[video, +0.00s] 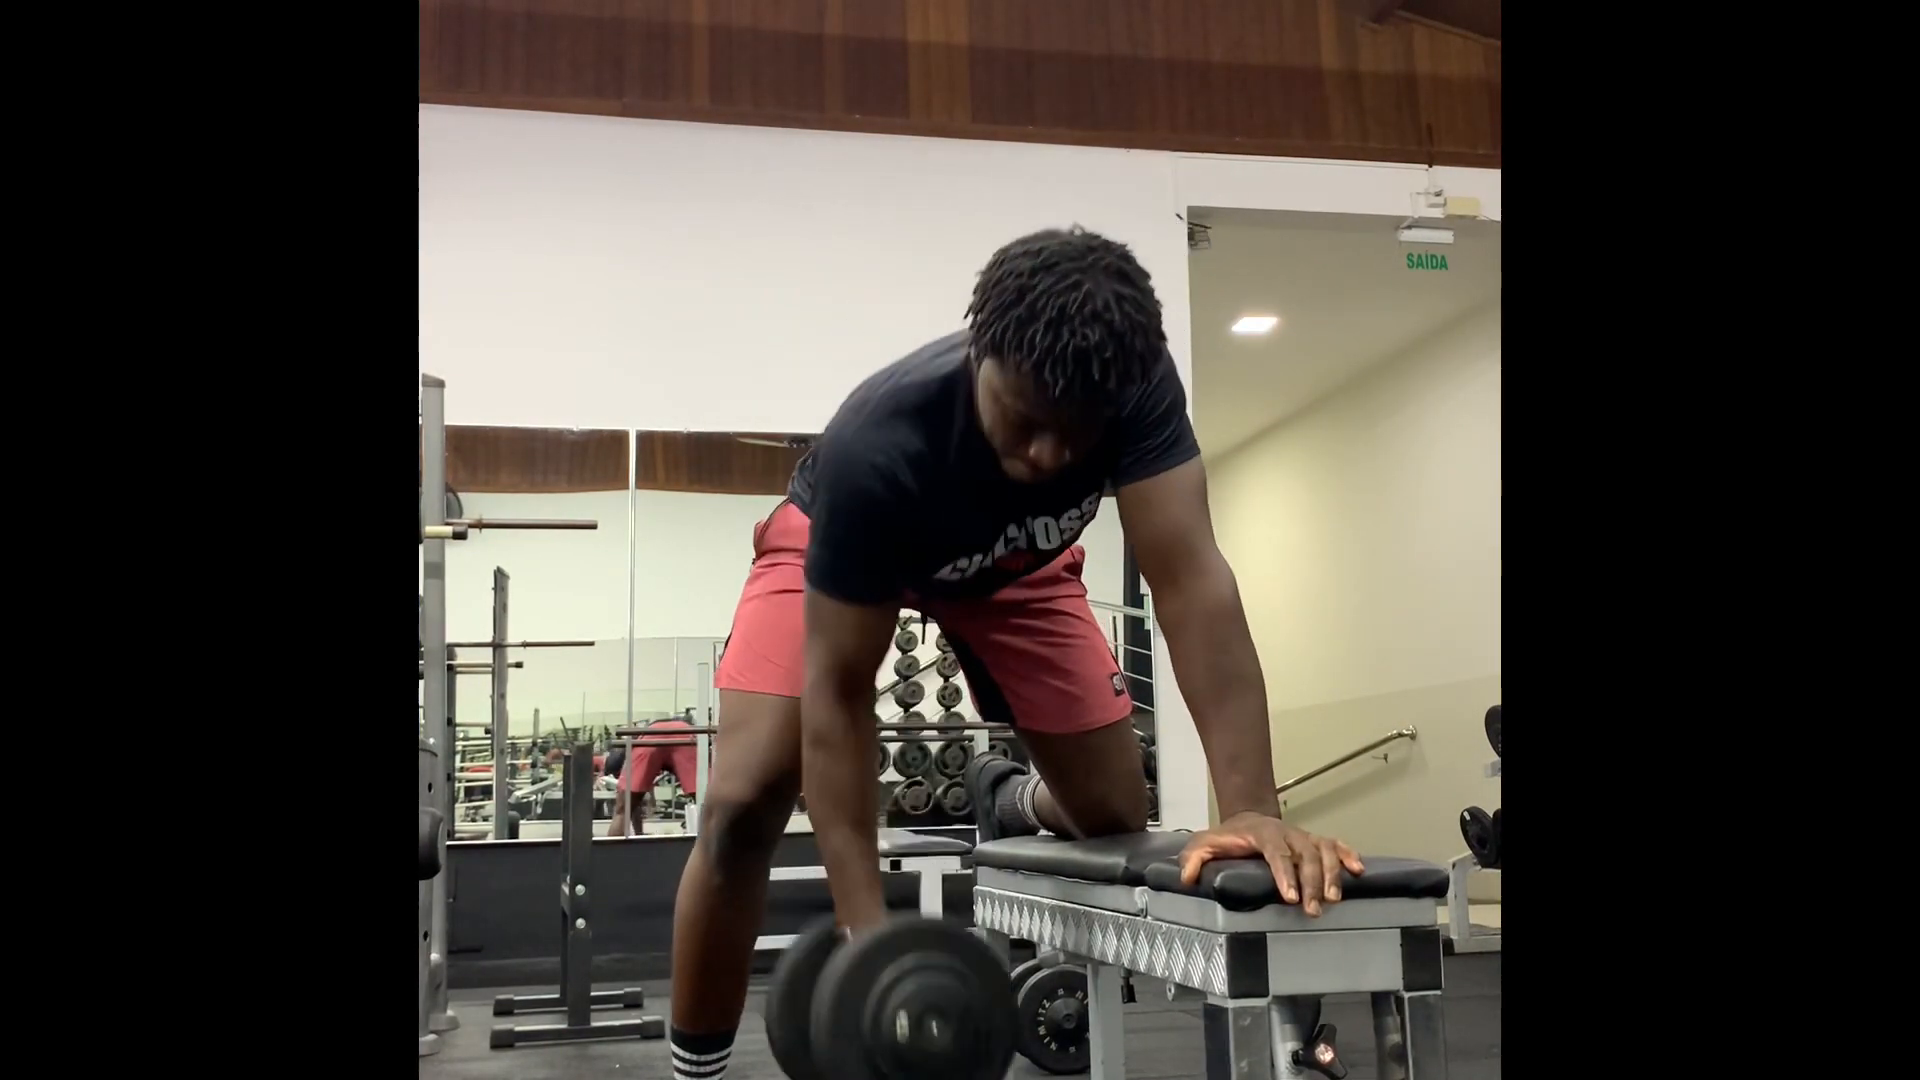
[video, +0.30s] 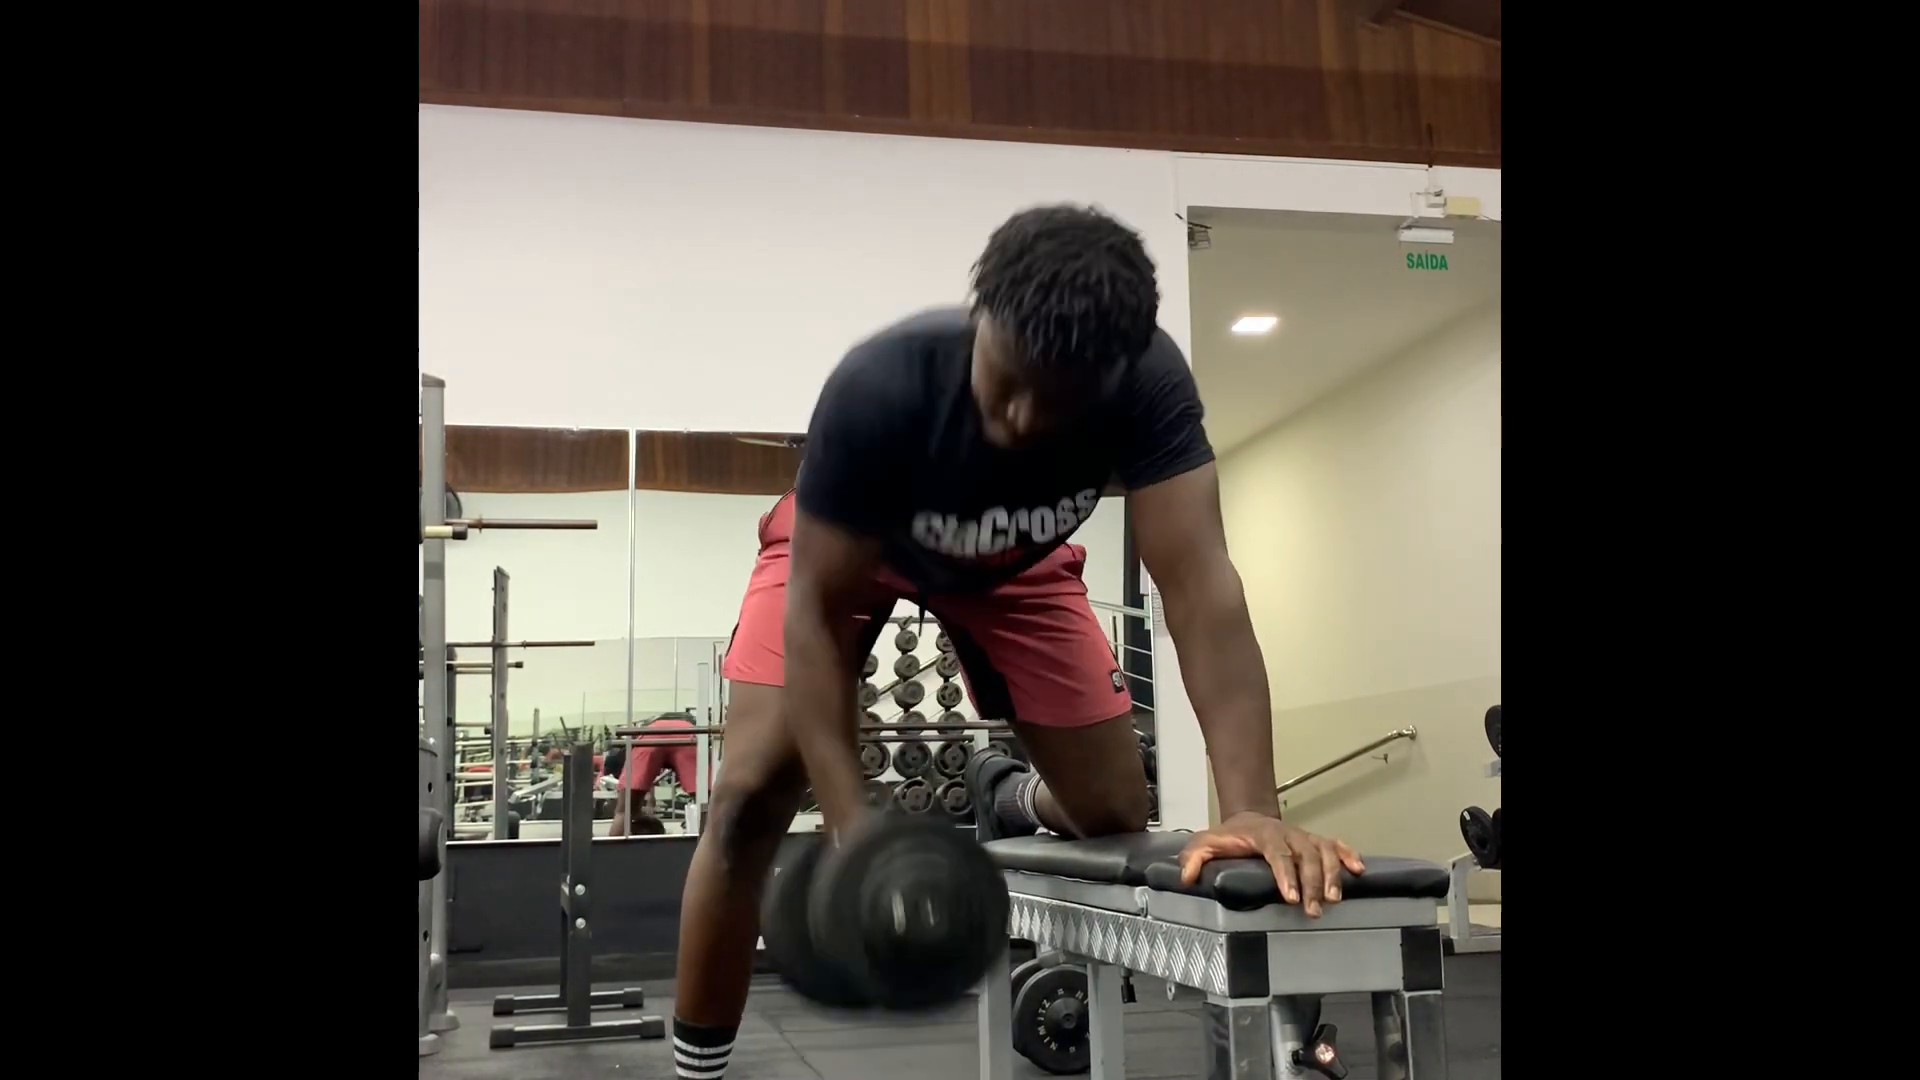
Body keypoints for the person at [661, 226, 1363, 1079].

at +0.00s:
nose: (1047, 454)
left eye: (1077, 430)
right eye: (1023, 422)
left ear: (1123, 390)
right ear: (980, 361)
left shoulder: (1136, 386)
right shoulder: (882, 454)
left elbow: (1189, 573)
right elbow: (838, 699)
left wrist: (1252, 806)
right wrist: (870, 949)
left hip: (1020, 561)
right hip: (842, 552)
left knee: (1119, 817)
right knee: (741, 807)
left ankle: (1016, 800)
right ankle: (696, 1075)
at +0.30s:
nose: (1021, 417)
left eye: (1053, 398)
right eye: (1006, 383)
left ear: (1108, 366)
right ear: (980, 322)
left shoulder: (1145, 382)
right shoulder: (880, 388)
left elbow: (1202, 590)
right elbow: (812, 609)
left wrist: (1251, 805)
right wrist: (851, 830)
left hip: (1020, 563)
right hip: (847, 546)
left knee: (1117, 815)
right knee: (749, 795)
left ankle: (1009, 799)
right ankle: (697, 1070)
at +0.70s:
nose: (1056, 388)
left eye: (1091, 367)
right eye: (1038, 353)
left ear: (1139, 334)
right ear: (1004, 289)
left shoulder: (1163, 373)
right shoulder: (897, 339)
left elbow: (1203, 574)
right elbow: (799, 515)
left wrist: (1252, 804)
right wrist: (838, 724)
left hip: (1027, 566)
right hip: (857, 540)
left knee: (1121, 815)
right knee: (749, 801)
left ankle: (995, 796)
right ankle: (696, 1074)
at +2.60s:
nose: (1048, 526)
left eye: (1065, 498)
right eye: (1013, 503)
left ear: (1088, 449)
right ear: (953, 457)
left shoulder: (1096, 404)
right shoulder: (867, 528)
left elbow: (1182, 588)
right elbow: (872, 802)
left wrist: (1252, 807)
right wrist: (876, 1053)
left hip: (1012, 557)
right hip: (833, 541)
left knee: (1121, 812)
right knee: (730, 797)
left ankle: (993, 801)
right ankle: (693, 1075)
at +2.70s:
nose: (1046, 538)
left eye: (1061, 511)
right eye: (1013, 518)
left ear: (1082, 466)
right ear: (951, 474)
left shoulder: (1092, 406)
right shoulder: (864, 538)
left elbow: (1184, 592)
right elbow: (872, 812)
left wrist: (1250, 810)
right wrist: (874, 1056)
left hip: (1005, 551)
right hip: (829, 537)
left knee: (1119, 814)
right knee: (730, 799)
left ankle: (988, 790)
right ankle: (692, 1074)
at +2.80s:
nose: (1025, 447)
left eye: (1052, 427)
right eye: (1003, 419)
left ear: (1098, 390)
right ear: (967, 358)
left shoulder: (1131, 390)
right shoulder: (873, 427)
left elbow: (1194, 583)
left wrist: (1253, 805)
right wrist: (865, 946)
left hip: (1017, 563)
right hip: (840, 552)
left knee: (1120, 810)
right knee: (741, 791)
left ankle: (989, 794)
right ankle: (694, 1074)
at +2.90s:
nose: (1035, 332)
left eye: (1075, 325)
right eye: (1032, 292)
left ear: (1141, 321)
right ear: (1027, 242)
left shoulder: (1166, 383)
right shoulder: (926, 282)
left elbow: (1204, 578)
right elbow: (798, 446)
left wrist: (1252, 804)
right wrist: (819, 641)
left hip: (1007, 572)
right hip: (842, 538)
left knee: (1120, 816)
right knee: (740, 794)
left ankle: (986, 800)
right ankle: (694, 1073)